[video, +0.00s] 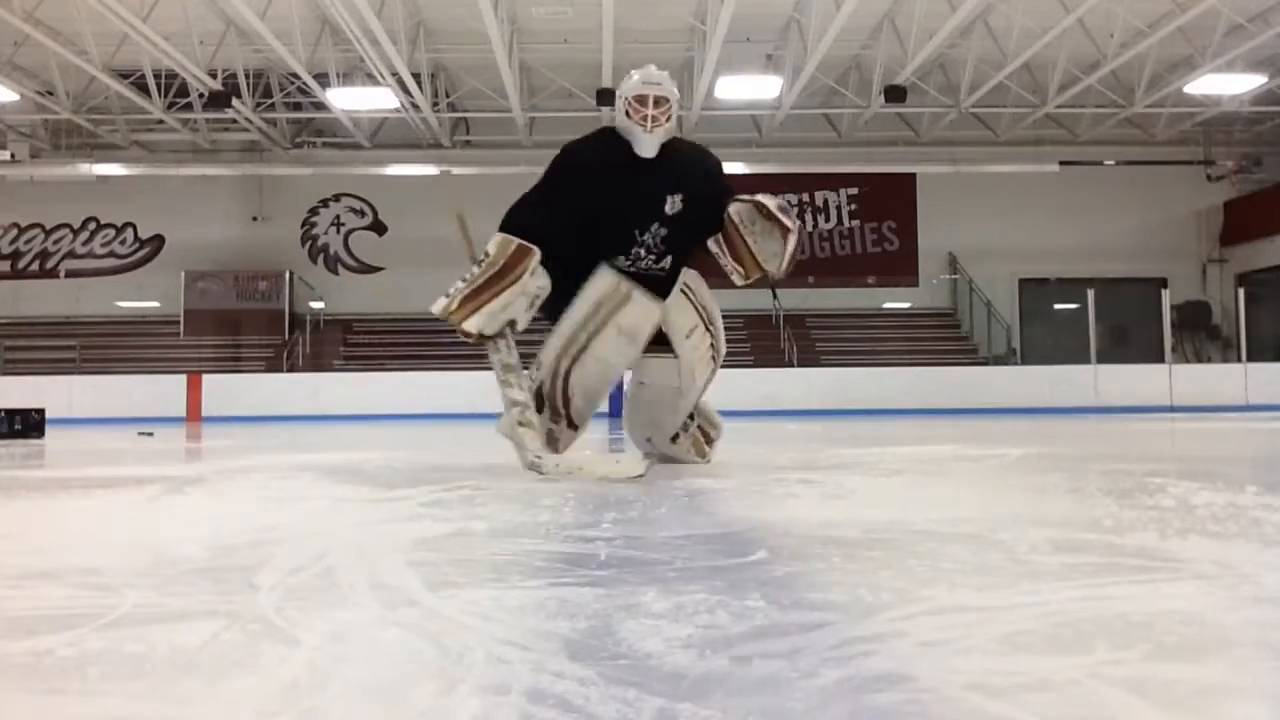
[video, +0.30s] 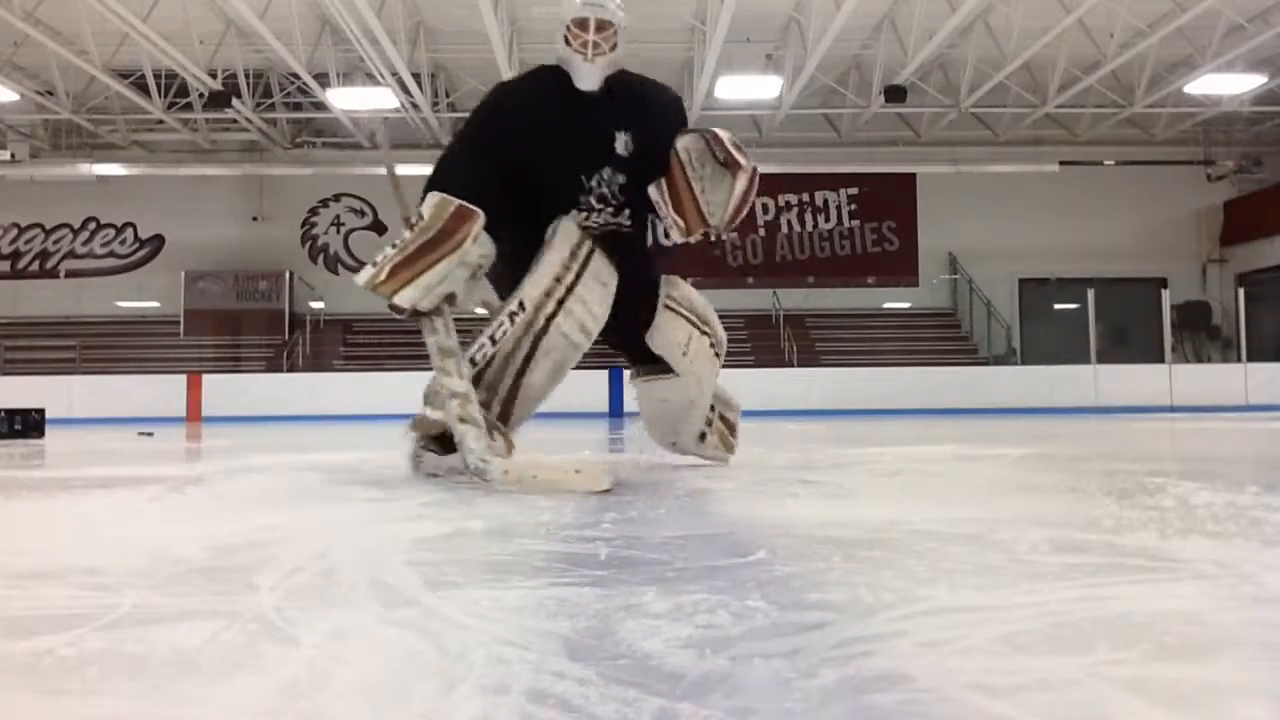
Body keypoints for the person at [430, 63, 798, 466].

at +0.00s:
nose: (650, 111)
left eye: (661, 102)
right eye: (639, 102)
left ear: (674, 109)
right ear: (621, 107)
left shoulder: (697, 166)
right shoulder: (586, 157)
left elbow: (720, 226)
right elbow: (532, 220)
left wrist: (758, 235)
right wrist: (502, 286)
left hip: (663, 281)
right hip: (590, 276)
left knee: (679, 356)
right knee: (595, 350)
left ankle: (663, 435)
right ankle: (550, 429)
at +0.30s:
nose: (590, 42)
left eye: (602, 32)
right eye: (579, 30)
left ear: (619, 38)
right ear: (563, 34)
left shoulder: (654, 106)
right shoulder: (517, 102)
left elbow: (680, 190)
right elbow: (460, 180)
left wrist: (712, 173)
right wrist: (436, 256)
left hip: (624, 248)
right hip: (534, 246)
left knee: (682, 335)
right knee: (544, 327)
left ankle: (688, 427)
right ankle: (451, 434)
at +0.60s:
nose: (610, 7)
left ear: (637, 7)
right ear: (579, 4)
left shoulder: (668, 76)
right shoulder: (525, 67)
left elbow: (698, 172)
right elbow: (474, 169)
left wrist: (747, 171)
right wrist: (453, 254)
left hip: (628, 230)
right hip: (539, 228)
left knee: (695, 313)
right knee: (534, 332)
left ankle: (736, 434)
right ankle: (419, 430)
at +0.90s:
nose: (623, 8)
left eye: (636, 0)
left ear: (653, 5)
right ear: (588, 3)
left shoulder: (690, 72)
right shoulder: (537, 66)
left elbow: (722, 172)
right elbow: (490, 174)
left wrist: (770, 176)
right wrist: (460, 260)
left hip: (655, 232)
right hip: (559, 233)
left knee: (723, 325)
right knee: (515, 342)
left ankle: (790, 434)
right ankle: (422, 430)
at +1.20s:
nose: (623, 79)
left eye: (637, 67)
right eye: (611, 66)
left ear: (656, 74)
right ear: (593, 72)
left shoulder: (700, 155)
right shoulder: (542, 150)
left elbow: (719, 253)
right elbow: (490, 249)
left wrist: (747, 284)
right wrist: (464, 322)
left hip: (666, 356)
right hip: (562, 356)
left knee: (693, 503)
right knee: (556, 505)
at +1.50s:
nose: (537, 92)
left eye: (551, 78)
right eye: (538, 79)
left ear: (587, 82)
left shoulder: (651, 140)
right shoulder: (527, 166)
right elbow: (518, 259)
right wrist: (496, 292)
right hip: (569, 345)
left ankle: (693, 454)